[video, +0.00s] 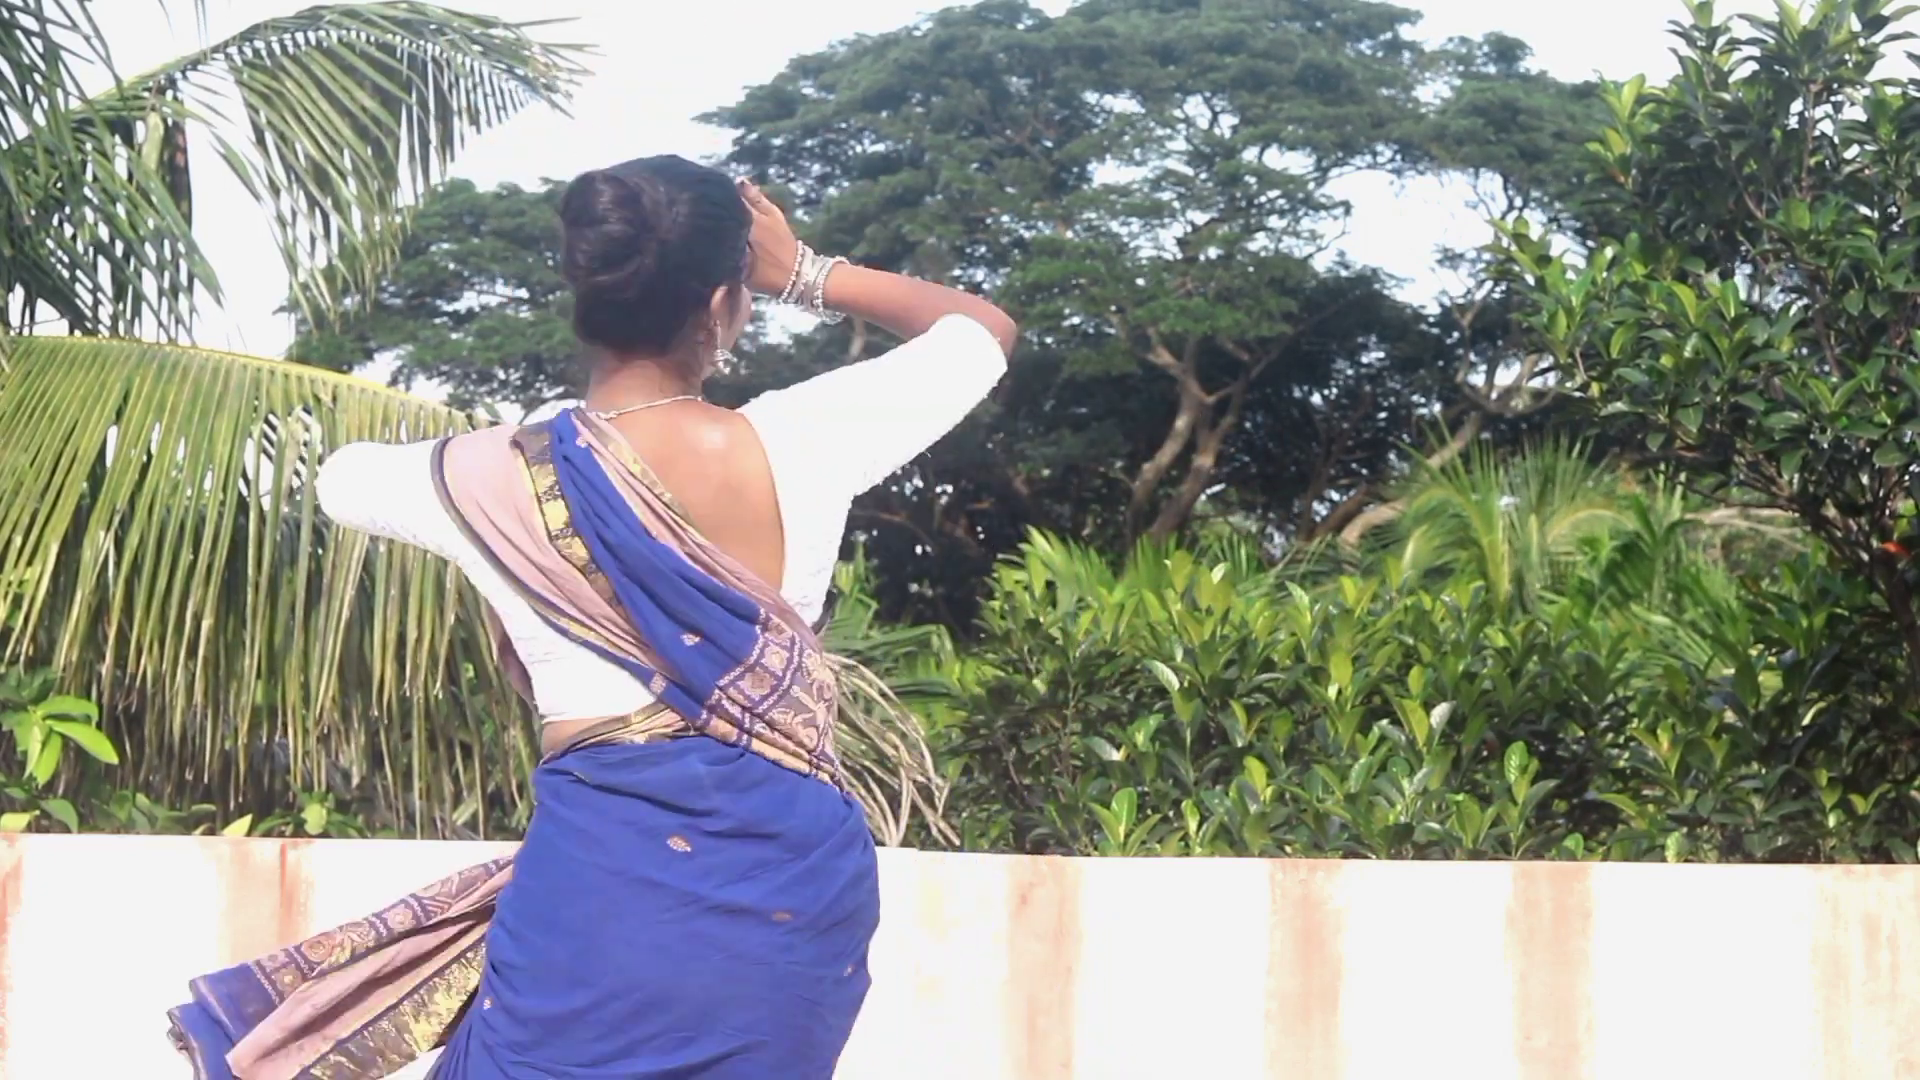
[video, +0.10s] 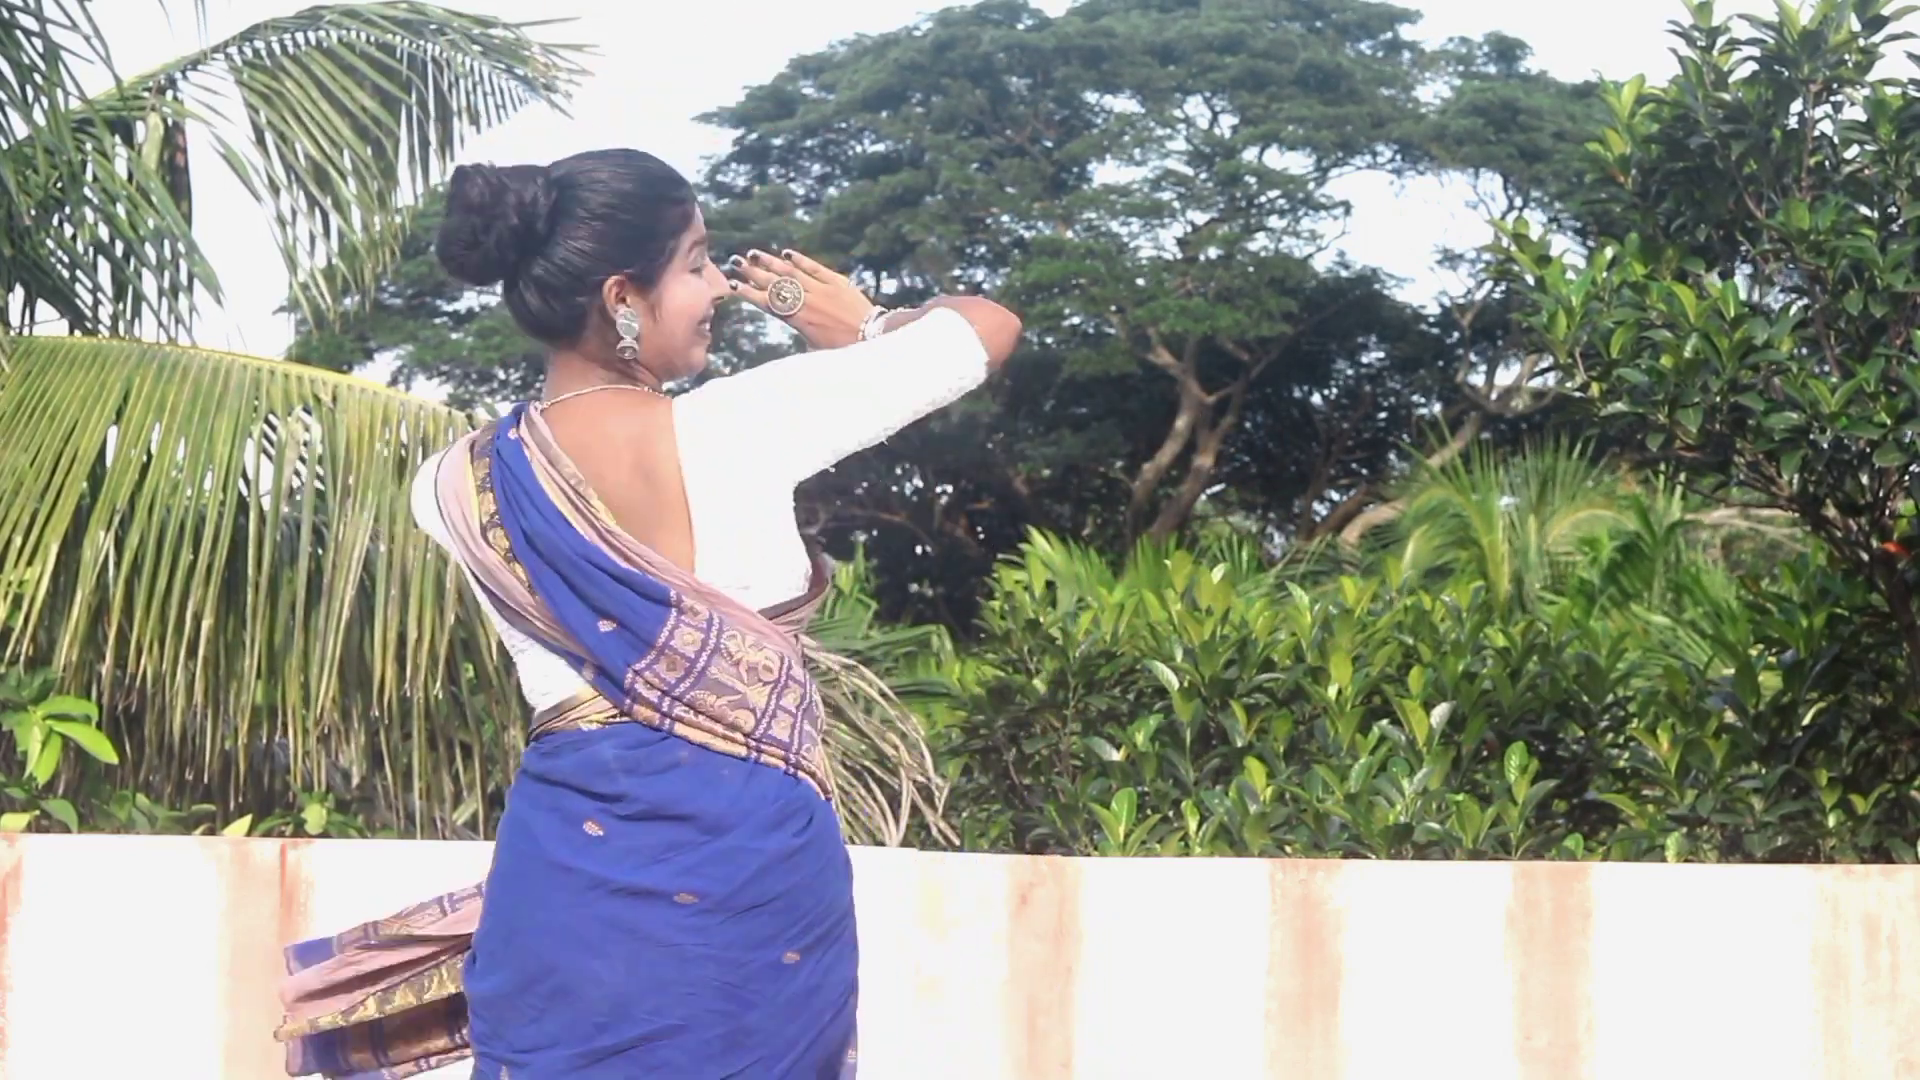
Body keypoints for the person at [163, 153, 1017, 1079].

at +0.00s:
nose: (746, 307)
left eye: (743, 283)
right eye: (747, 287)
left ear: (586, 294)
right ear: (718, 308)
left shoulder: (482, 474)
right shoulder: (792, 446)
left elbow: (322, 470)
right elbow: (982, 328)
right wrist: (809, 271)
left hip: (596, 882)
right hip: (798, 892)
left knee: (519, 1063)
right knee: (756, 1065)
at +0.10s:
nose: (718, 283)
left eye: (708, 256)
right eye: (696, 263)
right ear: (622, 302)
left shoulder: (458, 483)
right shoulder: (739, 426)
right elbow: (991, 326)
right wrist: (873, 327)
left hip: (553, 872)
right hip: (743, 876)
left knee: (542, 1058)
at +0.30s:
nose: (648, 281)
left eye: (656, 252)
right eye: (605, 258)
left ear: (676, 256)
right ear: (522, 289)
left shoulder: (523, 430)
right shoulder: (610, 411)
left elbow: (626, 573)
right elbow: (831, 327)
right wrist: (891, 418)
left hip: (552, 819)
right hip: (648, 838)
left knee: (546, 1054)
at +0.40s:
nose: (629, 279)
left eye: (644, 250)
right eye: (586, 256)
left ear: (668, 260)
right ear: (511, 284)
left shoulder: (606, 432)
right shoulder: (566, 412)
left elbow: (730, 471)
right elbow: (748, 329)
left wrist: (805, 544)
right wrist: (849, 427)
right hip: (604, 840)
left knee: (699, 1055)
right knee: (607, 1056)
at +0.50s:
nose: (610, 278)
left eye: (635, 249)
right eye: (570, 252)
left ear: (663, 271)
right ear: (509, 279)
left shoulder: (660, 422)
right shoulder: (515, 404)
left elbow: (853, 452)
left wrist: (849, 524)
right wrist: (723, 455)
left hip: (686, 819)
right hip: (553, 819)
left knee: (699, 1061)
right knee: (543, 1060)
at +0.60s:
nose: (605, 280)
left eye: (632, 252)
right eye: (568, 252)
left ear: (664, 275)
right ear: (513, 276)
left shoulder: (701, 441)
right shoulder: (488, 408)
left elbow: (903, 448)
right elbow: (460, 347)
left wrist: (861, 522)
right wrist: (652, 468)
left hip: (683, 822)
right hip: (518, 817)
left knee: (699, 1060)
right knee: (564, 1060)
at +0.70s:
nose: (601, 279)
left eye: (634, 253)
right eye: (566, 251)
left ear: (671, 284)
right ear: (520, 278)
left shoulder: (719, 448)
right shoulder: (486, 425)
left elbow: (960, 439)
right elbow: (315, 366)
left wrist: (818, 525)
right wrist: (507, 492)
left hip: (642, 827)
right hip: (473, 819)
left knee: (654, 1054)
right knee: (532, 1060)